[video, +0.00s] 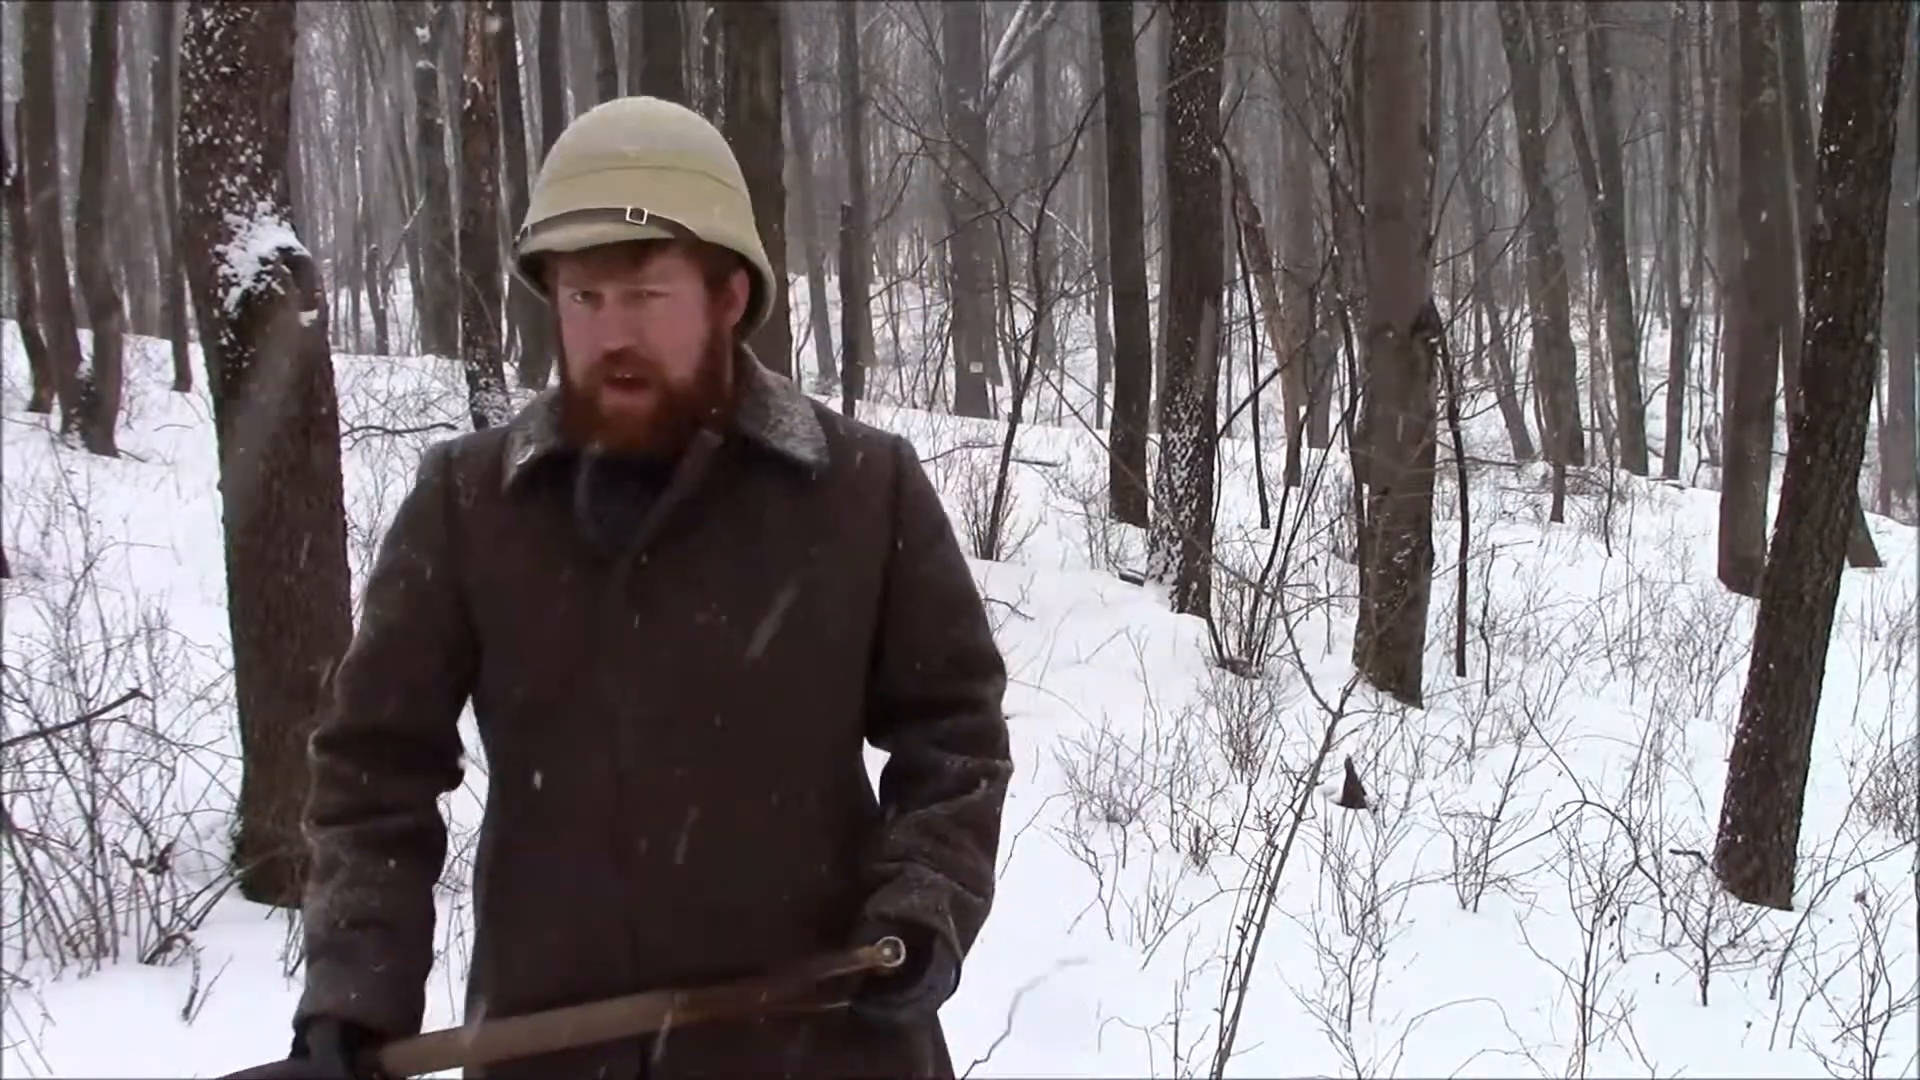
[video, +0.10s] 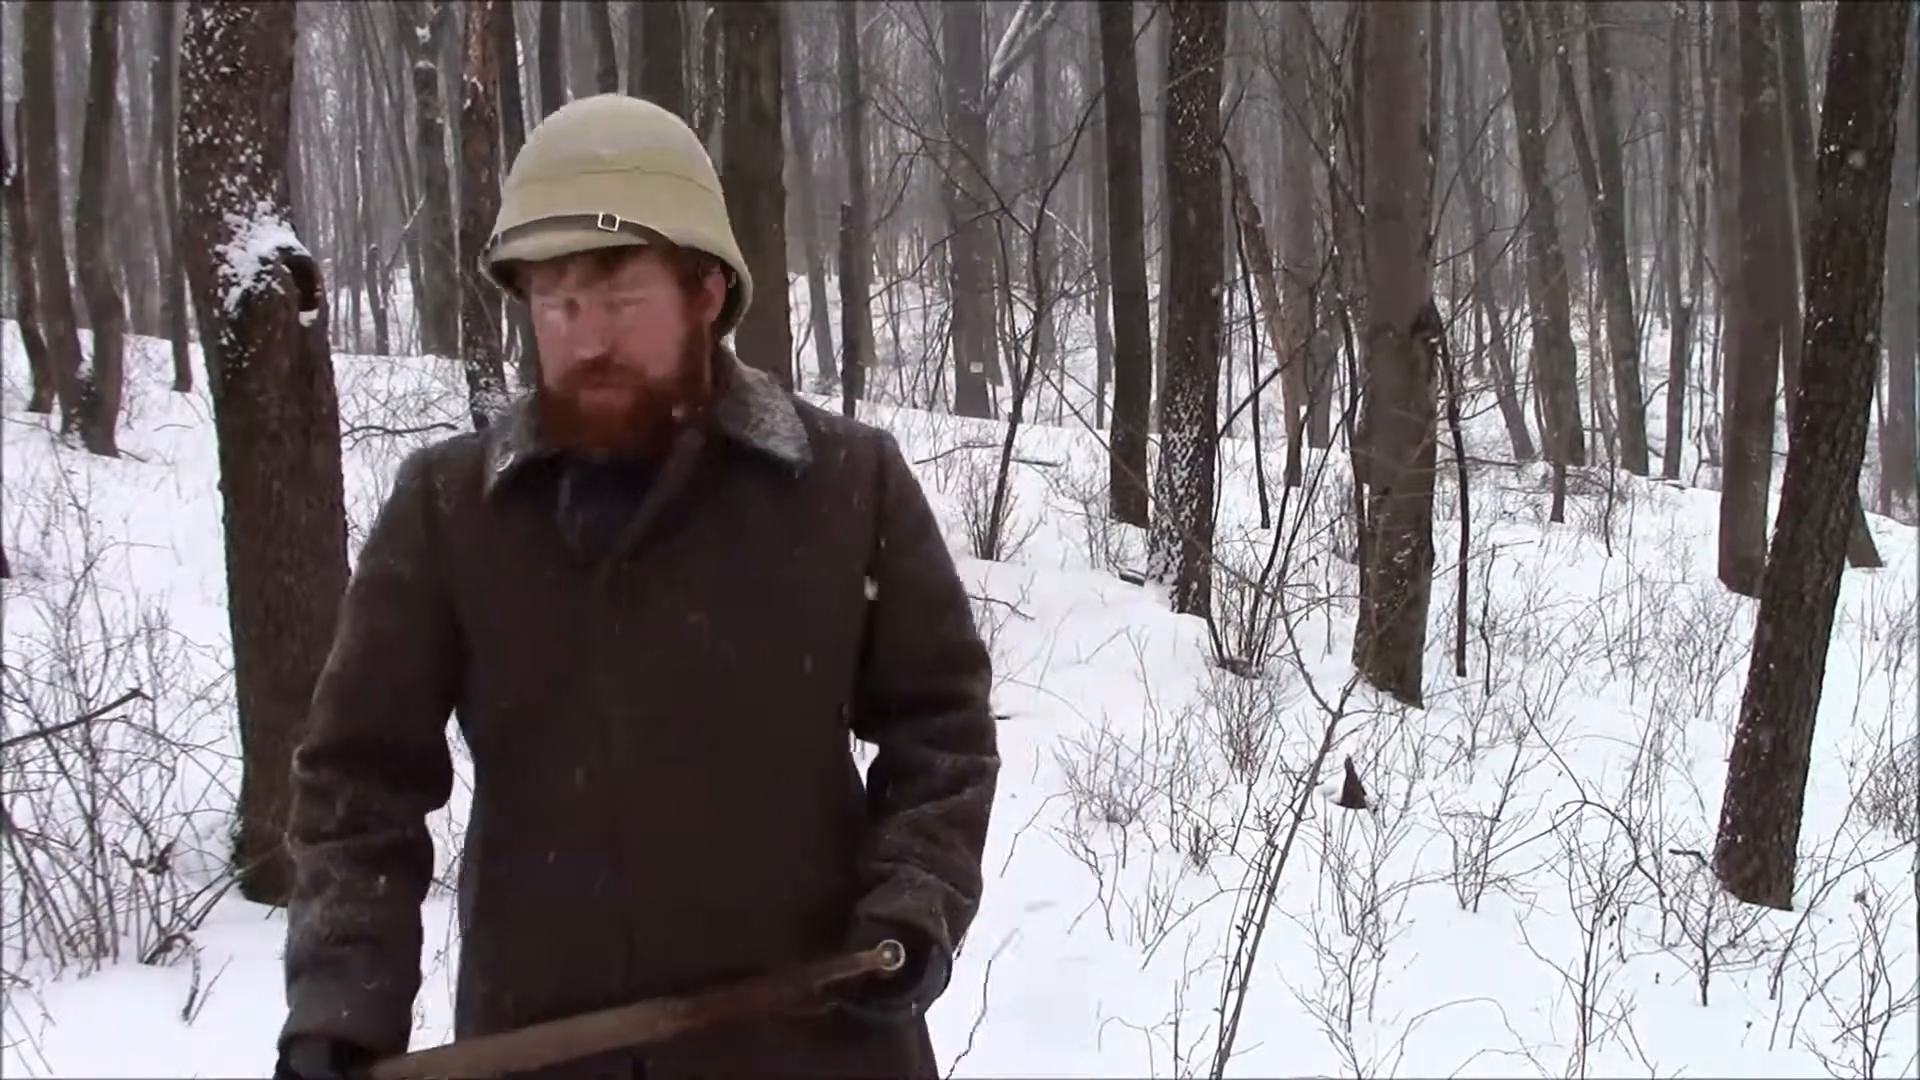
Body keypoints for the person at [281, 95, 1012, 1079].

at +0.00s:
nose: (613, 334)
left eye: (647, 295)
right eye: (585, 298)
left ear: (732, 298)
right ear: (552, 308)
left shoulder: (866, 491)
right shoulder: (467, 501)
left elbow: (951, 729)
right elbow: (377, 771)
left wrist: (919, 909)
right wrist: (353, 1009)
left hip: (817, 1041)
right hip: (550, 1047)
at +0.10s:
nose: (590, 337)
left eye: (622, 294)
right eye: (560, 302)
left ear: (709, 296)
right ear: (527, 315)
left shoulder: (850, 486)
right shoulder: (446, 507)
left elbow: (940, 723)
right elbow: (363, 780)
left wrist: (910, 907)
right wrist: (342, 1018)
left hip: (813, 1039)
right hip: (541, 1049)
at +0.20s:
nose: (553, 344)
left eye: (584, 299)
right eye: (524, 308)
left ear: (680, 297)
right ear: (499, 322)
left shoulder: (842, 492)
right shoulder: (437, 517)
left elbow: (937, 720)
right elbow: (361, 787)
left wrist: (922, 907)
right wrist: (354, 1026)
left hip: (805, 1041)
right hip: (532, 1053)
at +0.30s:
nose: (521, 336)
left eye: (551, 289)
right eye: (497, 302)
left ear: (653, 278)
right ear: (476, 313)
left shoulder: (834, 485)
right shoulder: (428, 519)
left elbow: (943, 711)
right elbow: (362, 785)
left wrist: (946, 884)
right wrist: (372, 1005)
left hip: (806, 1040)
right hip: (530, 1052)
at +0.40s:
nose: (505, 321)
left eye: (537, 270)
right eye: (480, 288)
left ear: (640, 264)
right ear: (465, 303)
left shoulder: (829, 472)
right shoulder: (427, 519)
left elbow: (951, 690)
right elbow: (370, 786)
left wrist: (949, 863)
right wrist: (380, 1003)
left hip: (804, 1036)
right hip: (531, 1046)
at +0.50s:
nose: (503, 318)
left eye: (531, 269)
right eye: (478, 288)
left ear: (635, 258)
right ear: (464, 304)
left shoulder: (834, 466)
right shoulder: (433, 521)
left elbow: (959, 691)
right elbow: (387, 800)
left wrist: (929, 836)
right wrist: (382, 1017)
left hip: (807, 1041)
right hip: (532, 1047)